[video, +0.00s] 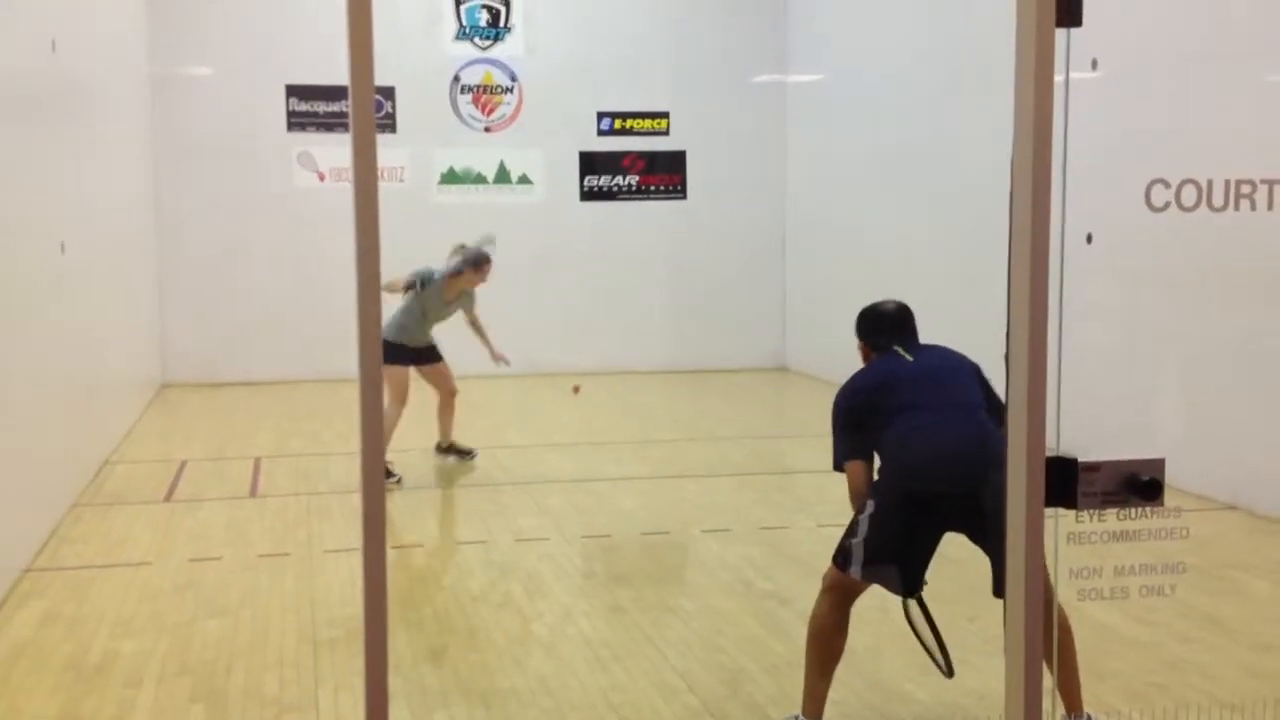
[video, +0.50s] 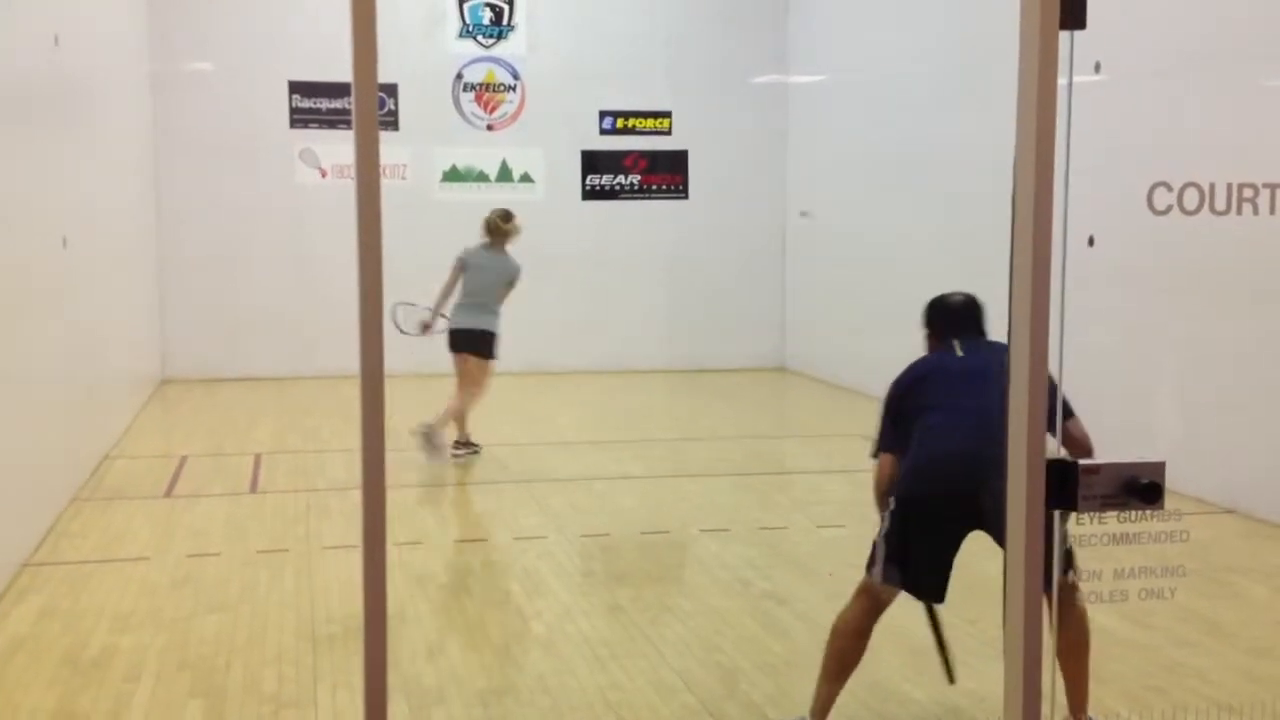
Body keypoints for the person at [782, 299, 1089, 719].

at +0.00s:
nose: (858, 354)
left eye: (859, 347)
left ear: (865, 349)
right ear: (915, 338)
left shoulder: (857, 389)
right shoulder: (959, 363)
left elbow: (860, 488)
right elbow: (1005, 427)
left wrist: (869, 541)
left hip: (910, 488)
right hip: (988, 484)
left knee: (837, 590)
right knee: (1041, 593)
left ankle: (810, 714)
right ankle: (1077, 712)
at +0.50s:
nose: (925, 342)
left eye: (925, 336)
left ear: (931, 336)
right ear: (982, 331)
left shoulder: (914, 376)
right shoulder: (1021, 362)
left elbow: (886, 470)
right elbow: (1081, 444)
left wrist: (887, 516)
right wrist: (1079, 478)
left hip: (929, 486)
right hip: (1010, 486)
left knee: (870, 597)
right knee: (1064, 592)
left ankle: (817, 713)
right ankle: (1080, 713)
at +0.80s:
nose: (887, 312)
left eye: (887, 306)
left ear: (891, 308)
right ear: (941, 302)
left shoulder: (881, 359)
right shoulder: (988, 346)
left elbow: (861, 454)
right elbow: (1017, 424)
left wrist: (856, 510)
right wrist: (1027, 495)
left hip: (918, 489)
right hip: (996, 489)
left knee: (845, 591)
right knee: (1039, 599)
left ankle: (820, 713)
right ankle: (1075, 713)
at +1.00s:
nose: (848, 305)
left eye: (849, 296)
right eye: (847, 295)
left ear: (864, 295)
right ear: (904, 287)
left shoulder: (870, 348)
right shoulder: (953, 324)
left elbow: (857, 435)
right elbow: (971, 408)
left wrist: (817, 511)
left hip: (920, 488)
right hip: (992, 481)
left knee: (849, 593)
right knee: (985, 594)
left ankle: (825, 713)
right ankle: (1047, 704)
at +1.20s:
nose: (864, 294)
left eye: (871, 284)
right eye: (864, 284)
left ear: (899, 283)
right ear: (914, 279)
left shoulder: (918, 333)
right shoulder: (964, 313)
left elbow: (928, 430)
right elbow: (991, 408)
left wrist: (888, 522)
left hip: (958, 490)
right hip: (1002, 486)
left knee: (893, 602)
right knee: (986, 598)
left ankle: (850, 714)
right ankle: (1049, 703)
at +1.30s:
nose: (874, 294)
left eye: (880, 282)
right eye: (874, 282)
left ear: (911, 280)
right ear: (924, 277)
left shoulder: (934, 332)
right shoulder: (968, 313)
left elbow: (955, 431)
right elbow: (986, 416)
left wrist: (931, 502)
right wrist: (944, 493)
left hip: (974, 484)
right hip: (1008, 481)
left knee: (899, 596)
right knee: (988, 592)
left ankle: (893, 712)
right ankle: (1048, 696)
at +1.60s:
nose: (869, 304)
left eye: (880, 292)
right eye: (871, 291)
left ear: (922, 300)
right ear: (917, 300)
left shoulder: (966, 359)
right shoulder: (913, 341)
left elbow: (1013, 464)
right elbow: (925, 424)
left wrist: (983, 557)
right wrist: (900, 492)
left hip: (992, 508)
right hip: (976, 503)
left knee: (913, 631)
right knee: (986, 615)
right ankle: (1055, 704)